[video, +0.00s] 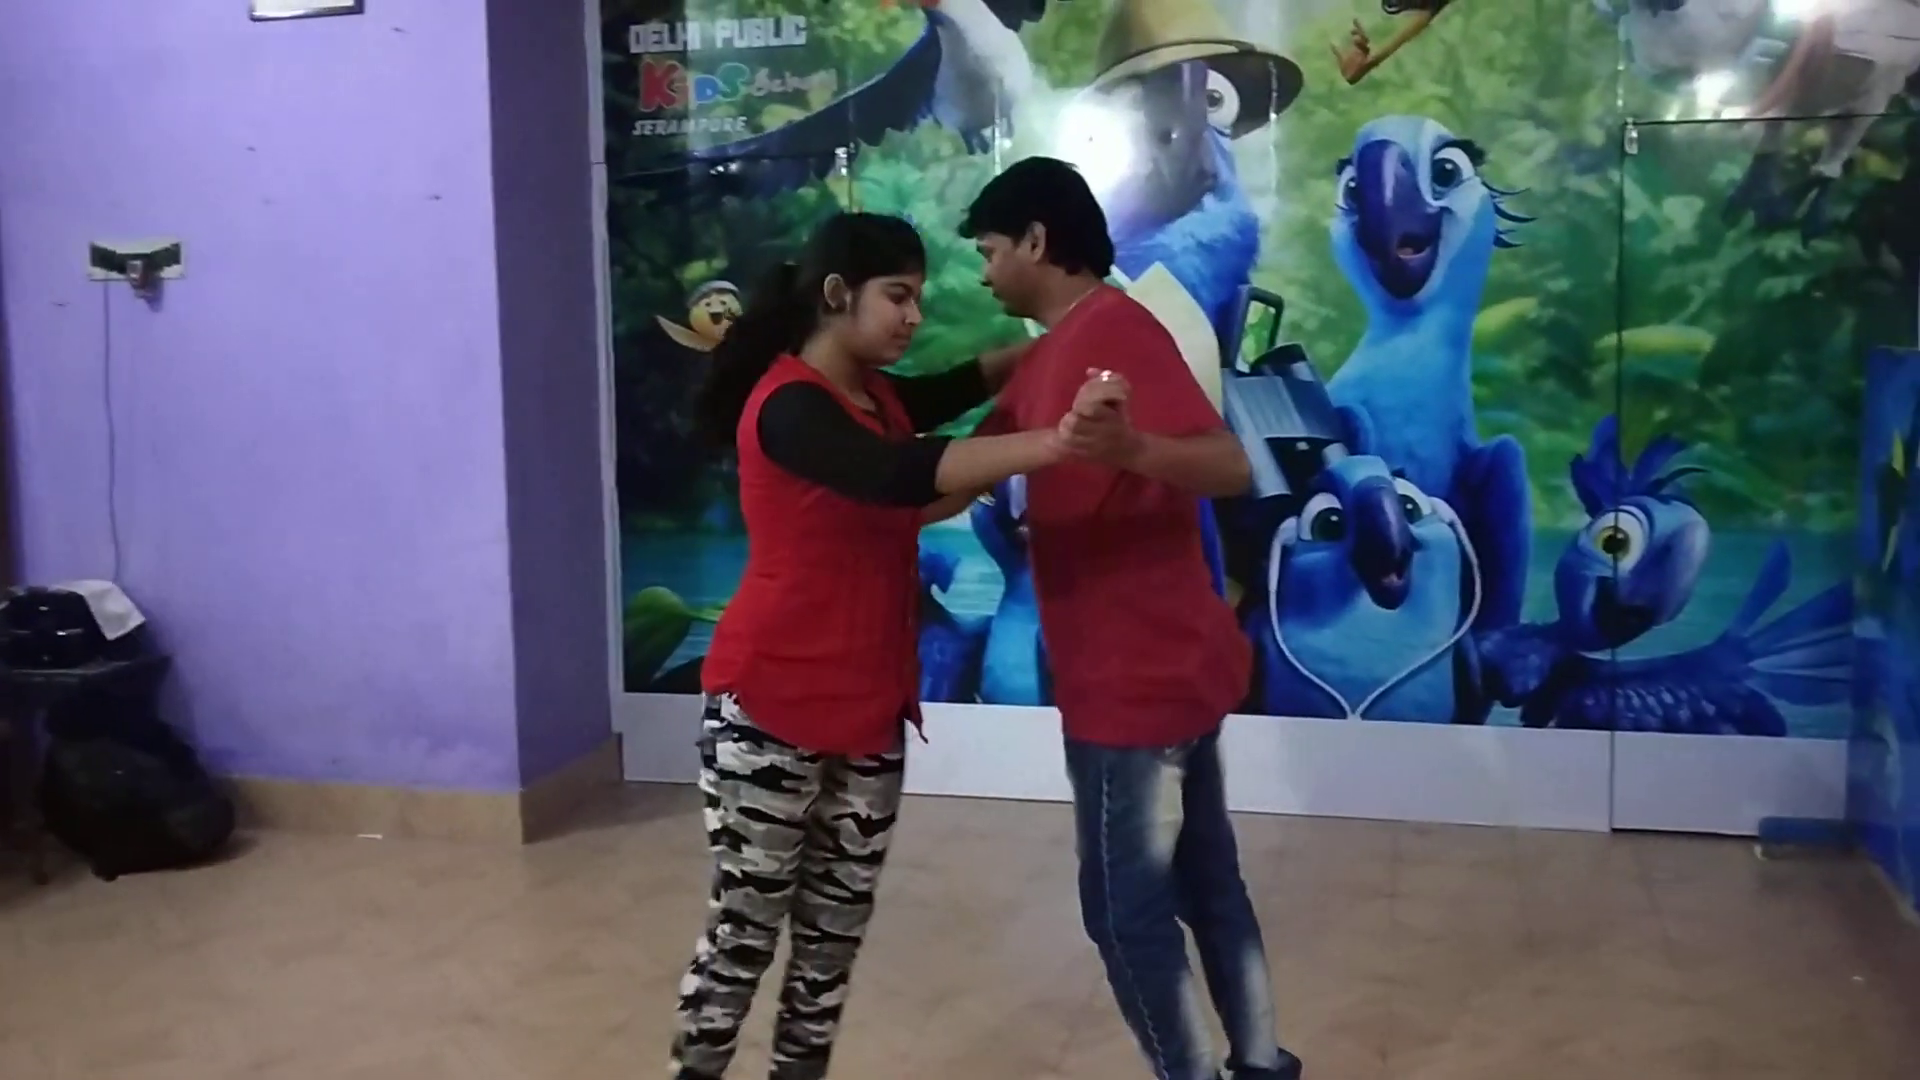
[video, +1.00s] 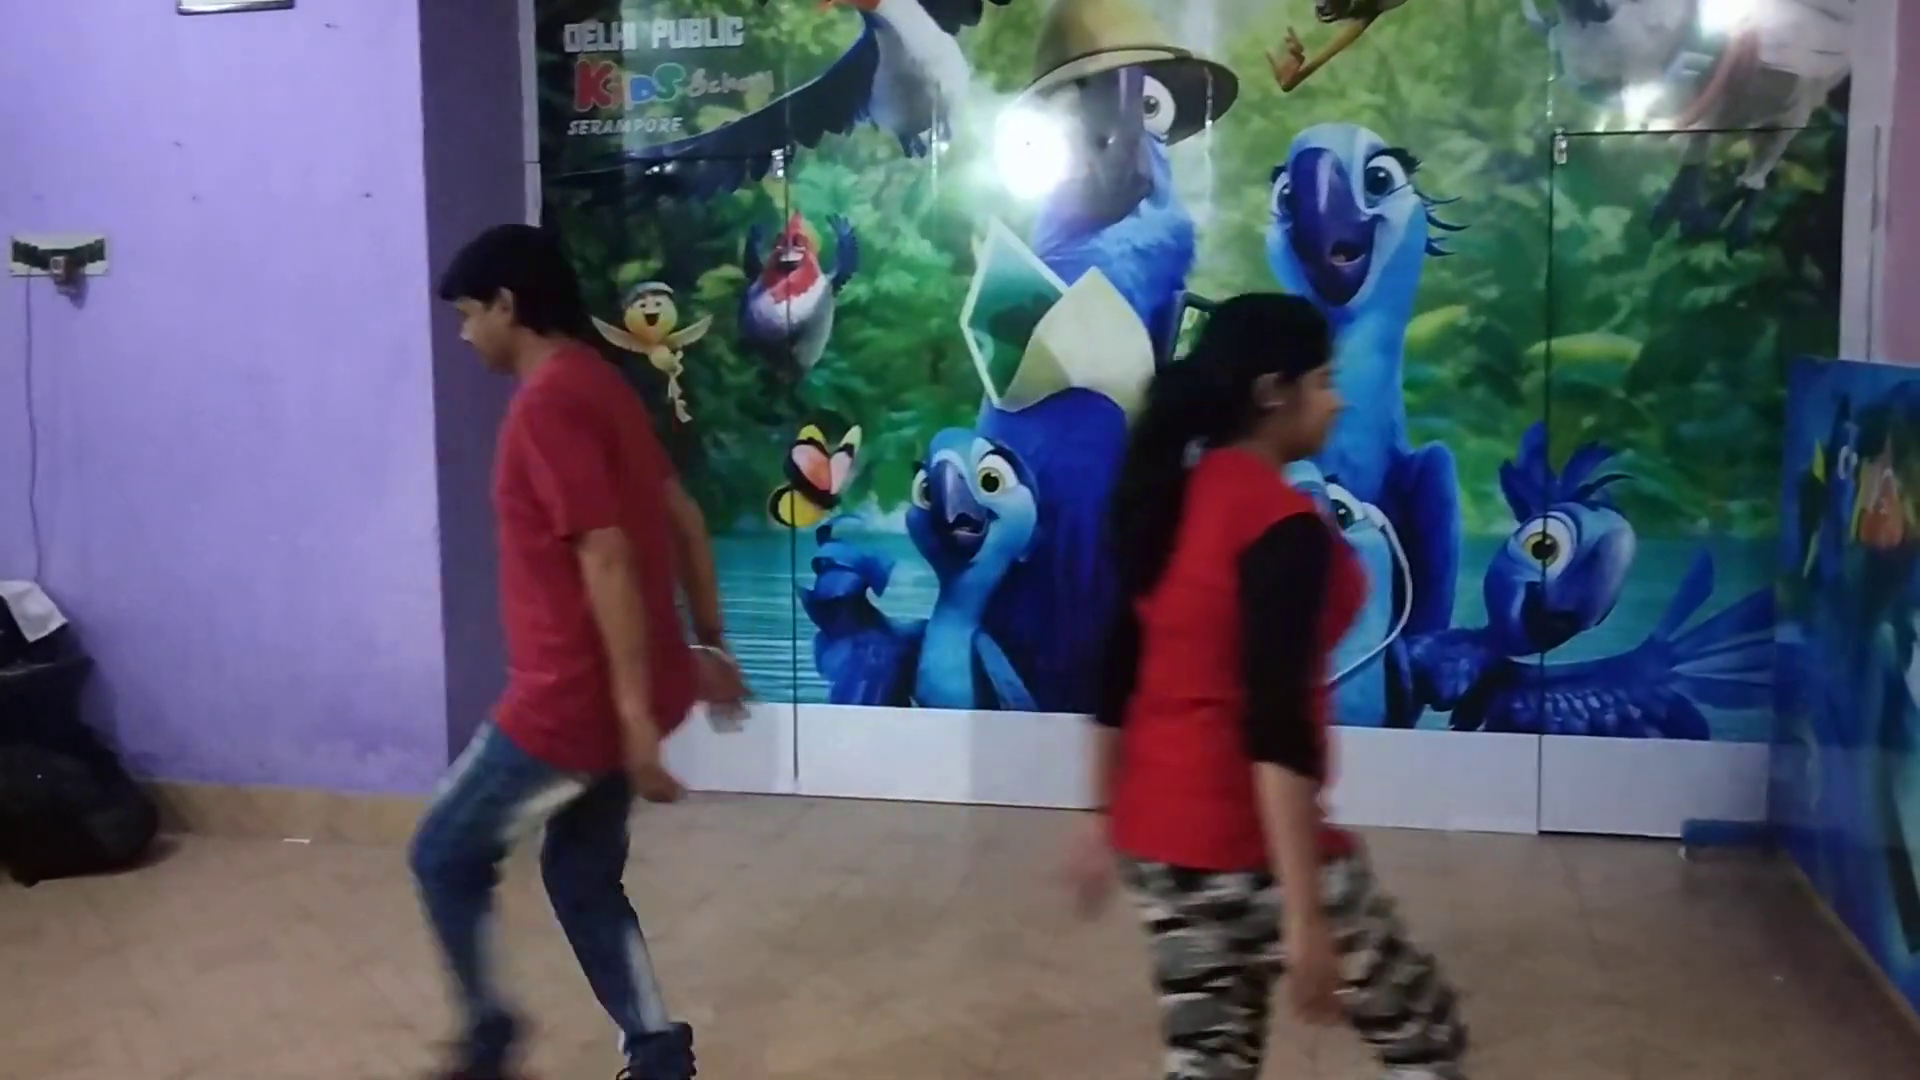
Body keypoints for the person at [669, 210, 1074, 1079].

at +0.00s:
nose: (914, 315)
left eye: (917, 299)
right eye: (897, 296)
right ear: (837, 294)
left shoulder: (885, 400)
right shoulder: (786, 401)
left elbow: (985, 376)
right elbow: (901, 474)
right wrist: (1055, 442)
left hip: (868, 723)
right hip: (767, 713)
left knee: (830, 944)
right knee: (745, 932)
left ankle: (796, 1075)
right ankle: (696, 1071)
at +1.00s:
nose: (462, 333)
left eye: (467, 313)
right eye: (459, 316)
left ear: (511, 304)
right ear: (535, 305)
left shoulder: (550, 401)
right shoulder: (603, 384)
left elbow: (608, 555)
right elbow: (682, 515)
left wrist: (637, 714)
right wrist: (711, 640)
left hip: (566, 701)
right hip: (621, 694)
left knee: (443, 858)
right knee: (583, 876)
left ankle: (486, 1031)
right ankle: (656, 1049)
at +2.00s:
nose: (89, 304)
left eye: (88, 284)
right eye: (84, 287)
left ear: (121, 273)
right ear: (174, 271)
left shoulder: (139, 371)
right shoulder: (240, 360)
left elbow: (150, 528)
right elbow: (292, 503)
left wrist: (135, 685)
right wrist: (296, 625)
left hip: (182, 655)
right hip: (241, 639)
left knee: (241, 855)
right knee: (169, 820)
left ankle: (326, 1043)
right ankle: (161, 1008)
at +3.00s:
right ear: (28, 532)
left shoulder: (15, 596)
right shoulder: (83, 573)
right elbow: (80, 708)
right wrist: (13, 783)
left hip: (239, 716)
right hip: (302, 685)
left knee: (132, 914)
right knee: (129, 800)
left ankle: (303, 1040)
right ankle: (154, 1017)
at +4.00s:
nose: (19, 287)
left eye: (22, 269)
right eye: (17, 270)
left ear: (54, 266)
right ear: (96, 265)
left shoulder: (75, 361)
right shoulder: (168, 346)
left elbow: (66, 489)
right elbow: (251, 445)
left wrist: (6, 584)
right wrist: (287, 495)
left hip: (167, 643)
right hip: (234, 619)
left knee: (201, 853)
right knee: (149, 815)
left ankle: (313, 1031)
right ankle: (154, 1009)